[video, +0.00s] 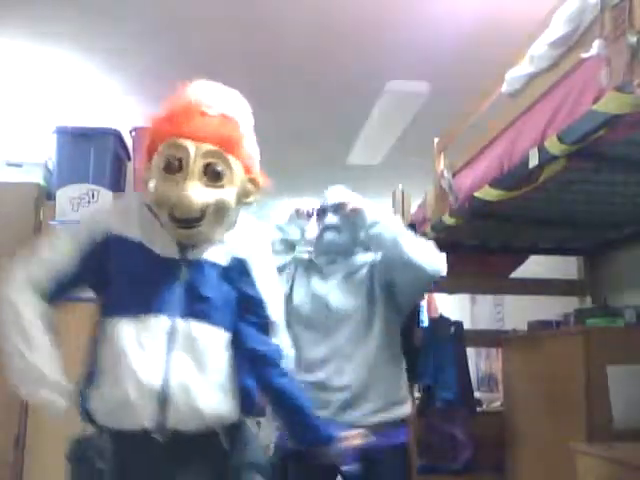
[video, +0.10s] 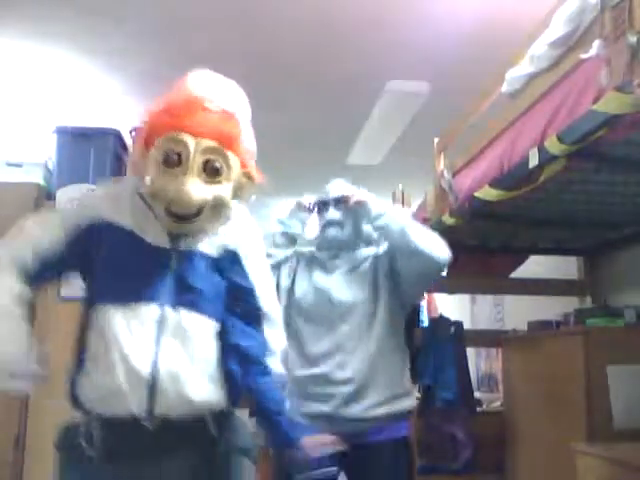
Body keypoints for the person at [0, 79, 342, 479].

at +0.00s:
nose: (188, 194)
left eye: (213, 174)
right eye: (173, 166)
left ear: (244, 190)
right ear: (149, 174)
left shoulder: (241, 252)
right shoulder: (113, 230)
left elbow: (265, 359)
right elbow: (21, 290)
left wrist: (319, 438)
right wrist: (54, 399)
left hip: (211, 452)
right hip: (121, 450)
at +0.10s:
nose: (188, 187)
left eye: (212, 169)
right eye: (173, 159)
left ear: (236, 182)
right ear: (144, 158)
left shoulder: (235, 242)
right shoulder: (98, 217)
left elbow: (252, 354)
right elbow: (13, 264)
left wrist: (293, 435)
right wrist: (17, 364)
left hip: (201, 446)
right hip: (107, 445)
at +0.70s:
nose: (156, 206)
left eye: (178, 189)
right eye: (137, 182)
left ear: (202, 205)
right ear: (106, 192)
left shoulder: (211, 263)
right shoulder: (75, 254)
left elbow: (271, 344)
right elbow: (33, 353)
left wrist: (328, 417)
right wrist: (58, 435)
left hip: (196, 460)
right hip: (104, 462)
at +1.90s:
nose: (176, 201)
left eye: (198, 179)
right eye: (159, 176)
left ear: (230, 192)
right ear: (133, 185)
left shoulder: (253, 251)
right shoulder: (104, 250)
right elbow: (46, 330)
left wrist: (311, 203)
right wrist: (88, 384)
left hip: (227, 455)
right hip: (129, 458)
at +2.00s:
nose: (185, 204)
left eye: (205, 187)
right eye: (166, 184)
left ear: (233, 197)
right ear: (139, 191)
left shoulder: (250, 259)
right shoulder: (109, 258)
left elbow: (325, 250)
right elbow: (28, 307)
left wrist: (328, 185)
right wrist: (98, 339)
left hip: (221, 456)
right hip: (127, 459)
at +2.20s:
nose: (193, 207)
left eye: (214, 189)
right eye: (175, 186)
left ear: (241, 200)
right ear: (148, 192)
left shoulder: (242, 268)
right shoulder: (114, 254)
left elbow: (294, 303)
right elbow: (12, 274)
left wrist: (308, 214)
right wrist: (86, 267)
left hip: (224, 460)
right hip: (133, 459)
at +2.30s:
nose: (193, 214)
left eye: (215, 194)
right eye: (176, 191)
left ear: (241, 208)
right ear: (148, 199)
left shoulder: (232, 280)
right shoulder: (111, 266)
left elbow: (260, 352)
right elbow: (15, 244)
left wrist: (267, 270)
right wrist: (79, 201)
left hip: (224, 464)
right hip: (132, 464)